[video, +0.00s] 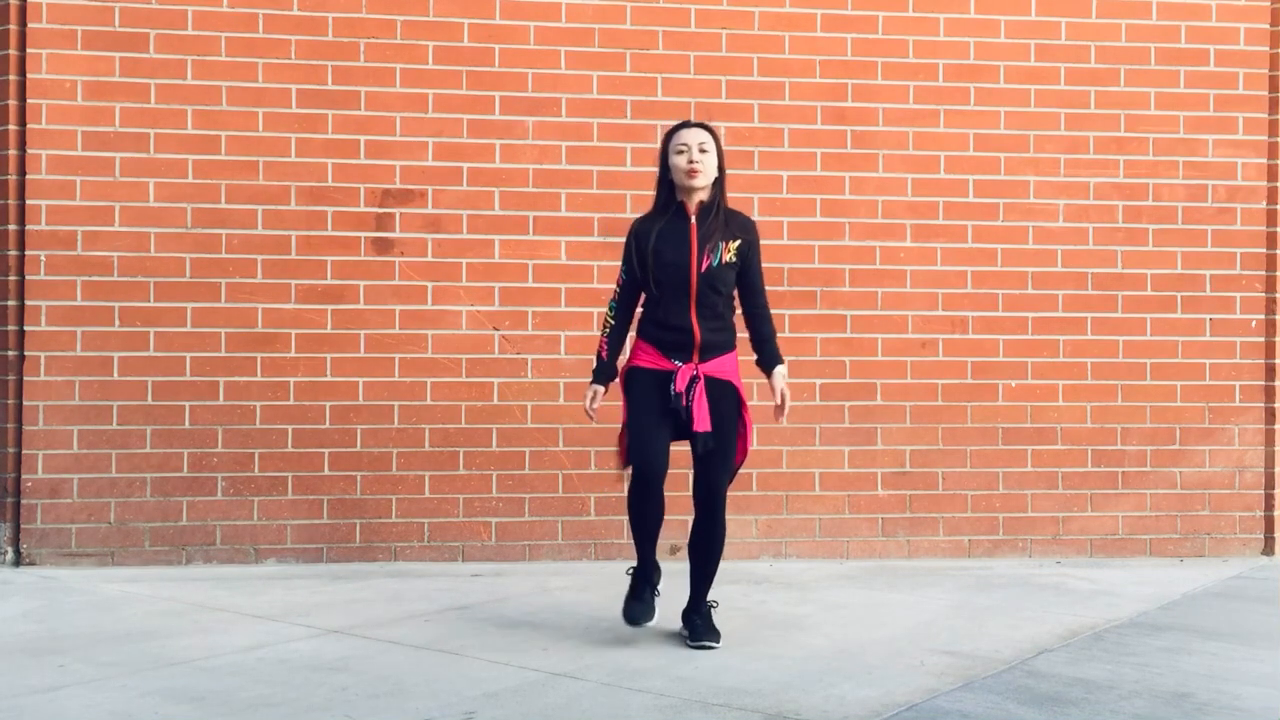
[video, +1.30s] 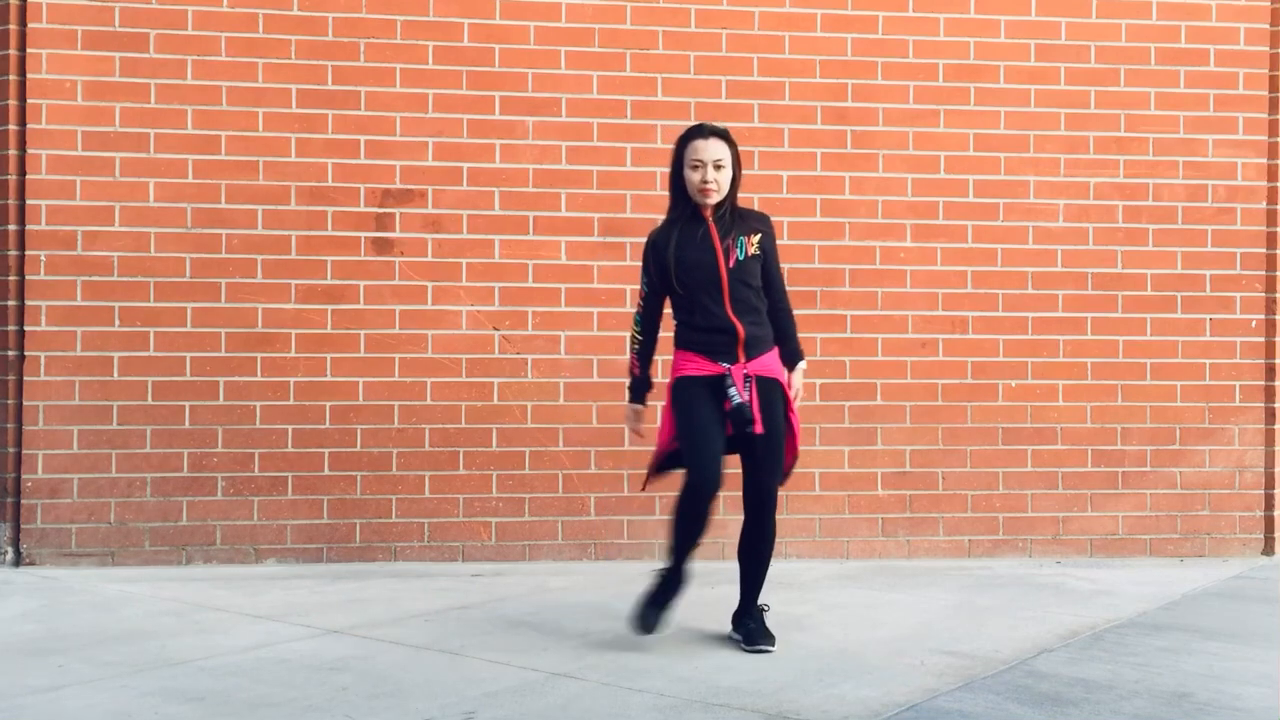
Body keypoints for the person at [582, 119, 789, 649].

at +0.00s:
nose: (693, 158)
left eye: (703, 150)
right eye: (682, 151)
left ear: (718, 162)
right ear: (666, 164)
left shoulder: (738, 228)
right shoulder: (646, 229)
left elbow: (755, 302)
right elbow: (622, 303)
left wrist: (774, 365)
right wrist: (603, 369)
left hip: (715, 371)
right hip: (651, 368)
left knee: (711, 493)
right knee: (647, 471)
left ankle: (698, 606)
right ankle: (645, 571)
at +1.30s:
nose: (707, 176)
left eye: (718, 166)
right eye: (696, 166)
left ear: (733, 171)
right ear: (680, 172)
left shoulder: (755, 225)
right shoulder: (665, 240)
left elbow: (776, 298)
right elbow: (647, 316)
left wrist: (794, 361)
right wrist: (638, 388)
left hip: (760, 370)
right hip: (697, 372)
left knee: (762, 496)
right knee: (704, 477)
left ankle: (749, 609)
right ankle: (672, 576)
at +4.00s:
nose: (707, 162)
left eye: (716, 152)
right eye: (695, 153)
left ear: (732, 159)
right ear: (678, 163)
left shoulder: (749, 229)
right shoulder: (659, 223)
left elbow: (778, 282)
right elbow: (631, 277)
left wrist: (802, 306)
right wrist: (616, 303)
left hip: (723, 375)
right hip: (658, 372)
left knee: (733, 497)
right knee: (628, 493)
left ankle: (750, 611)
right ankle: (605, 601)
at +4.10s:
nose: (696, 168)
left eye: (705, 158)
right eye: (684, 160)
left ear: (721, 166)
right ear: (667, 169)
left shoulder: (733, 240)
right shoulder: (644, 226)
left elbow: (758, 306)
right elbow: (602, 287)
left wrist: (775, 317)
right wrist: (594, 293)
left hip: (695, 378)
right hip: (630, 373)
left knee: (720, 500)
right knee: (612, 500)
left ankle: (746, 610)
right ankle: (605, 607)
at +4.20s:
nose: (683, 174)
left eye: (693, 164)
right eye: (671, 164)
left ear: (708, 173)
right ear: (655, 174)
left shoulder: (720, 246)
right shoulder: (625, 229)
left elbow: (756, 321)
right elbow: (561, 277)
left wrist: (737, 314)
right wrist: (598, 267)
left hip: (676, 379)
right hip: (611, 374)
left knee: (701, 483)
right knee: (598, 498)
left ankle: (710, 582)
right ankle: (604, 606)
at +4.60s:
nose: (663, 177)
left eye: (673, 167)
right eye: (651, 167)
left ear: (689, 173)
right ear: (636, 174)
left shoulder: (703, 239)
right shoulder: (611, 226)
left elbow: (700, 306)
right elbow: (586, 284)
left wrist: (656, 337)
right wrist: (630, 294)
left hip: (657, 371)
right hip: (597, 364)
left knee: (633, 486)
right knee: (593, 487)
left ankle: (578, 615)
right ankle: (601, 604)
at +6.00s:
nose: (694, 163)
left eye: (704, 154)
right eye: (682, 155)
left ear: (719, 164)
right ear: (665, 166)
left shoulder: (732, 240)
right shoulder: (642, 226)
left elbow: (740, 306)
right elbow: (605, 285)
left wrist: (770, 342)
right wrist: (595, 306)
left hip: (697, 381)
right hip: (630, 375)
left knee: (726, 498)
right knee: (611, 498)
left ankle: (758, 610)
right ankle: (598, 609)